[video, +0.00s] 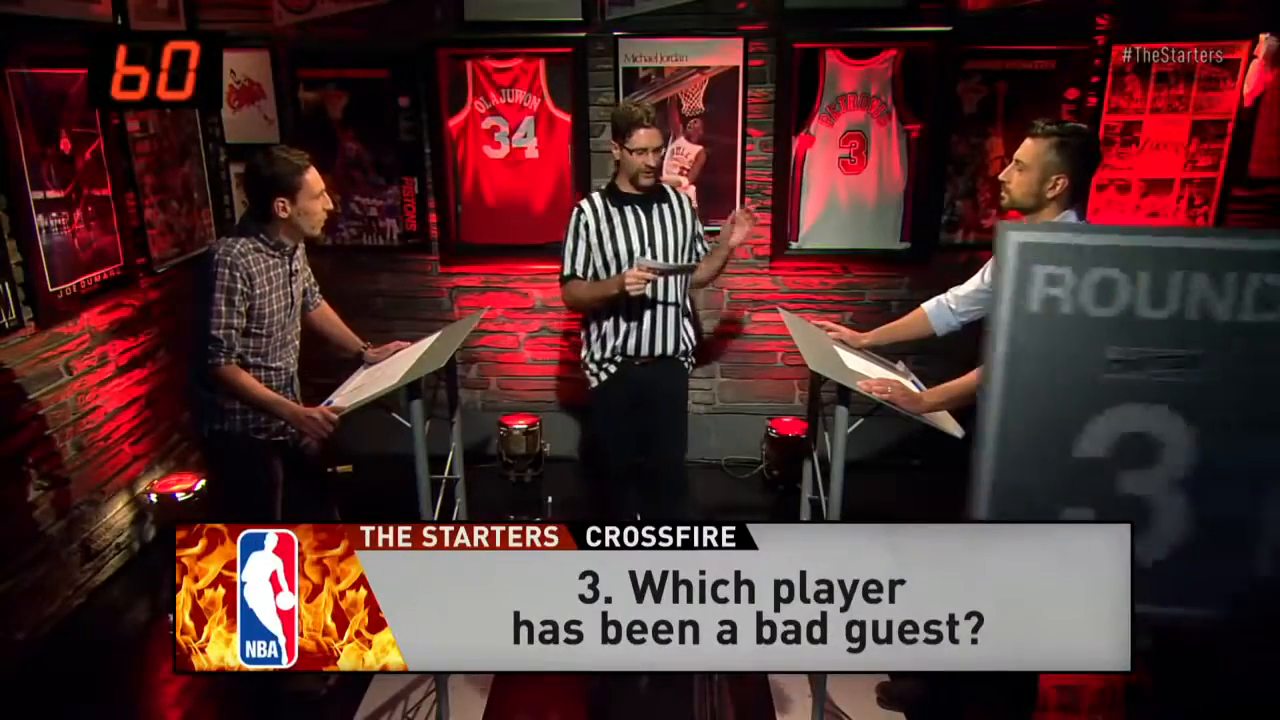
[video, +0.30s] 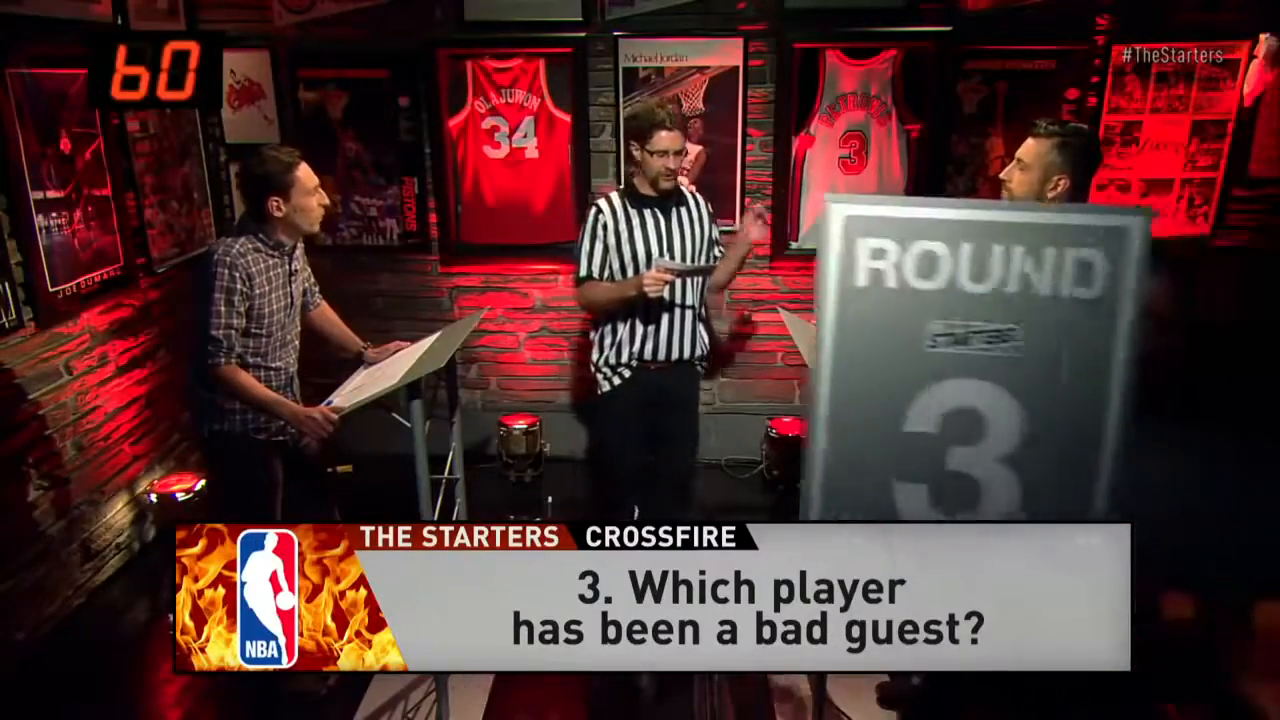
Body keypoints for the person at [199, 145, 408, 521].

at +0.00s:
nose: (329, 204)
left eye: (325, 193)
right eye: (319, 196)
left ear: (286, 207)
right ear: (283, 207)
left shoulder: (292, 248)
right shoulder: (233, 260)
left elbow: (313, 305)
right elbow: (220, 365)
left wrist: (364, 350)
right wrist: (295, 413)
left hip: (288, 428)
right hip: (243, 437)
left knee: (307, 527)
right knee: (255, 540)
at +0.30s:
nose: (325, 200)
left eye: (320, 189)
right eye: (313, 192)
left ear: (280, 207)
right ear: (277, 206)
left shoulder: (292, 248)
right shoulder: (233, 260)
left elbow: (313, 305)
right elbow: (220, 366)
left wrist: (364, 350)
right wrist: (295, 413)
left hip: (288, 428)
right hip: (242, 437)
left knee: (307, 526)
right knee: (255, 540)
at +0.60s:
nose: (321, 197)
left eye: (315, 186)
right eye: (308, 190)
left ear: (275, 207)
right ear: (272, 207)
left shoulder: (291, 248)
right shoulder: (231, 261)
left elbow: (313, 305)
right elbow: (220, 366)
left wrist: (364, 350)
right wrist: (294, 413)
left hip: (287, 427)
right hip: (241, 437)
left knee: (308, 525)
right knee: (255, 539)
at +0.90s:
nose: (315, 196)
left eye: (309, 185)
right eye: (301, 188)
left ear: (270, 205)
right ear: (267, 205)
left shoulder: (289, 247)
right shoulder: (228, 261)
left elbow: (312, 304)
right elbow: (218, 366)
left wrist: (364, 350)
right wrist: (293, 413)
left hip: (287, 427)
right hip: (241, 436)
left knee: (310, 524)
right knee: (254, 539)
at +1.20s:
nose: (314, 196)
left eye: (309, 185)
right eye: (301, 189)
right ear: (265, 205)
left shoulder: (288, 245)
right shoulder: (228, 261)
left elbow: (312, 305)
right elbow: (218, 366)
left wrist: (363, 350)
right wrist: (293, 413)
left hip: (286, 426)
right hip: (241, 436)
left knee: (305, 525)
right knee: (251, 539)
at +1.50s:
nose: (306, 204)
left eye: (307, 192)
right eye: (296, 194)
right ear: (262, 198)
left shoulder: (296, 251)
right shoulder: (231, 256)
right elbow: (219, 364)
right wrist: (284, 406)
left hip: (287, 428)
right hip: (242, 435)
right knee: (246, 533)